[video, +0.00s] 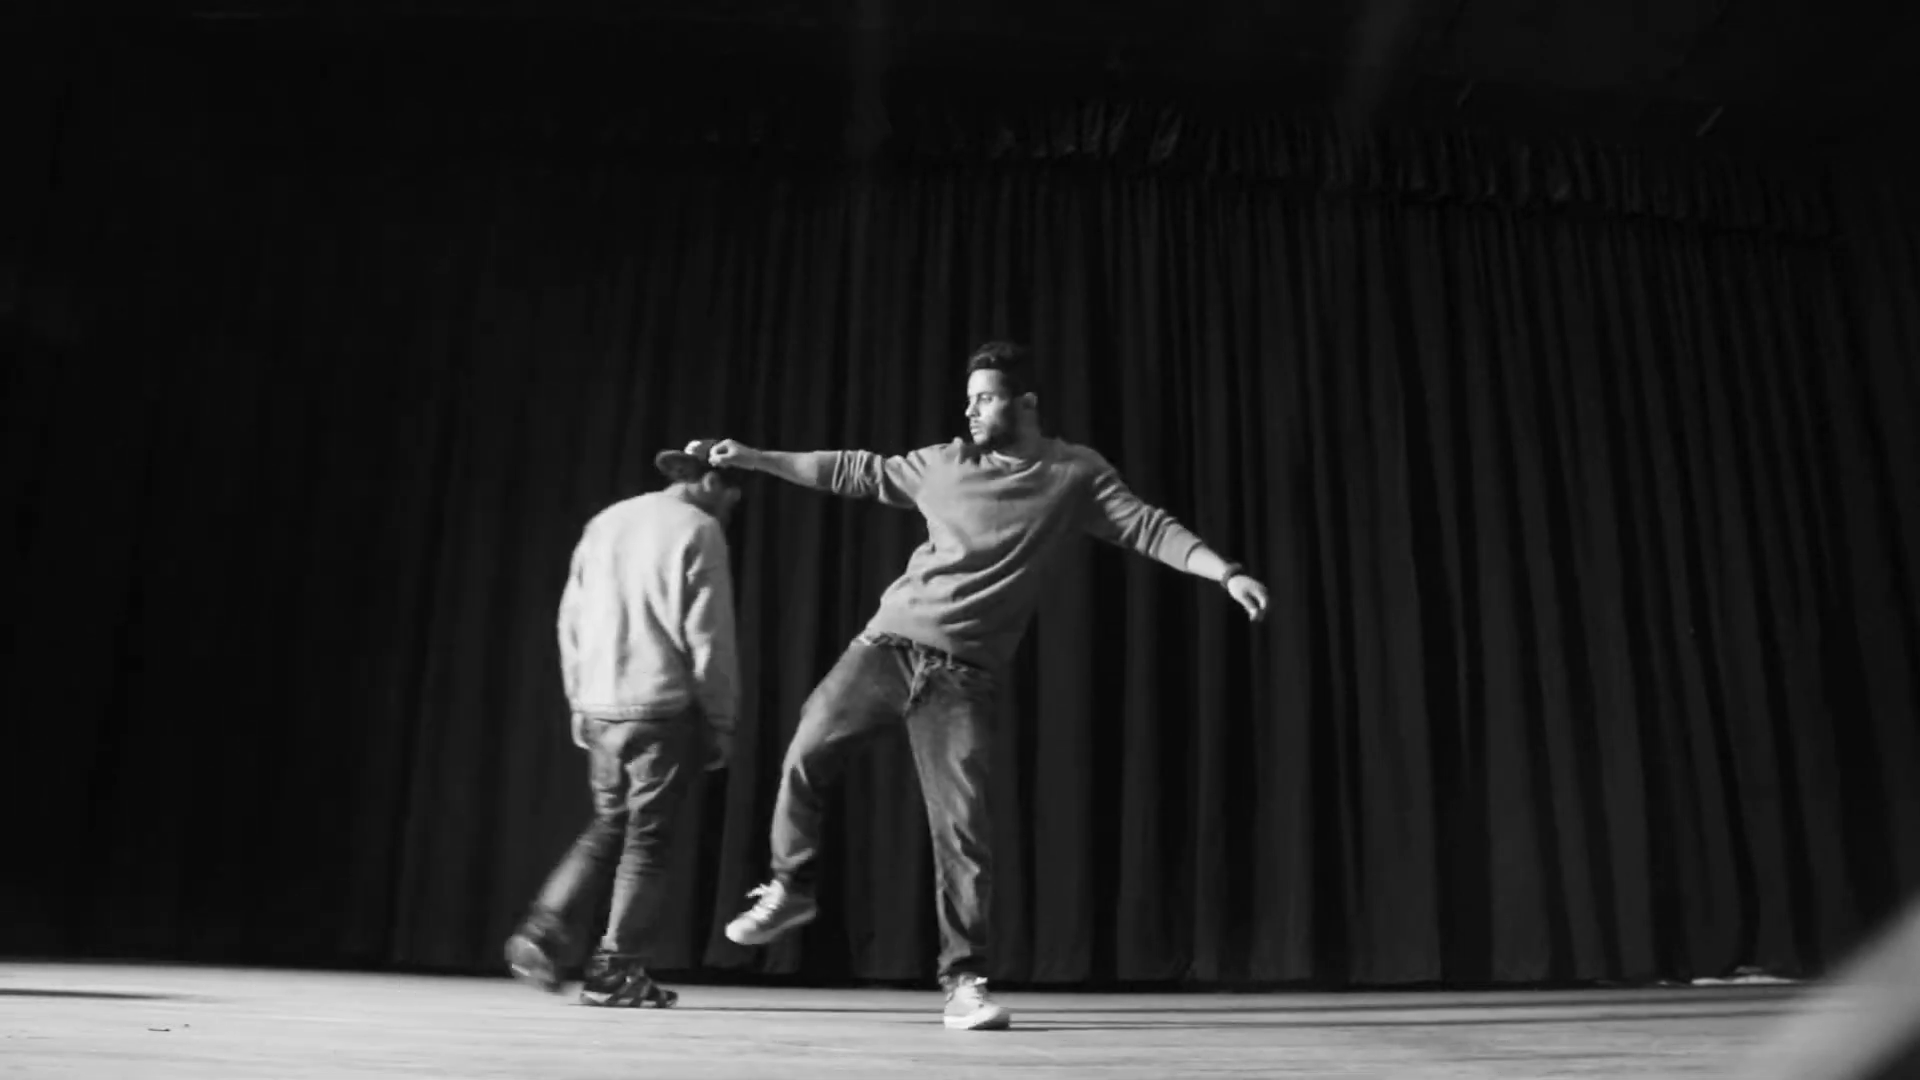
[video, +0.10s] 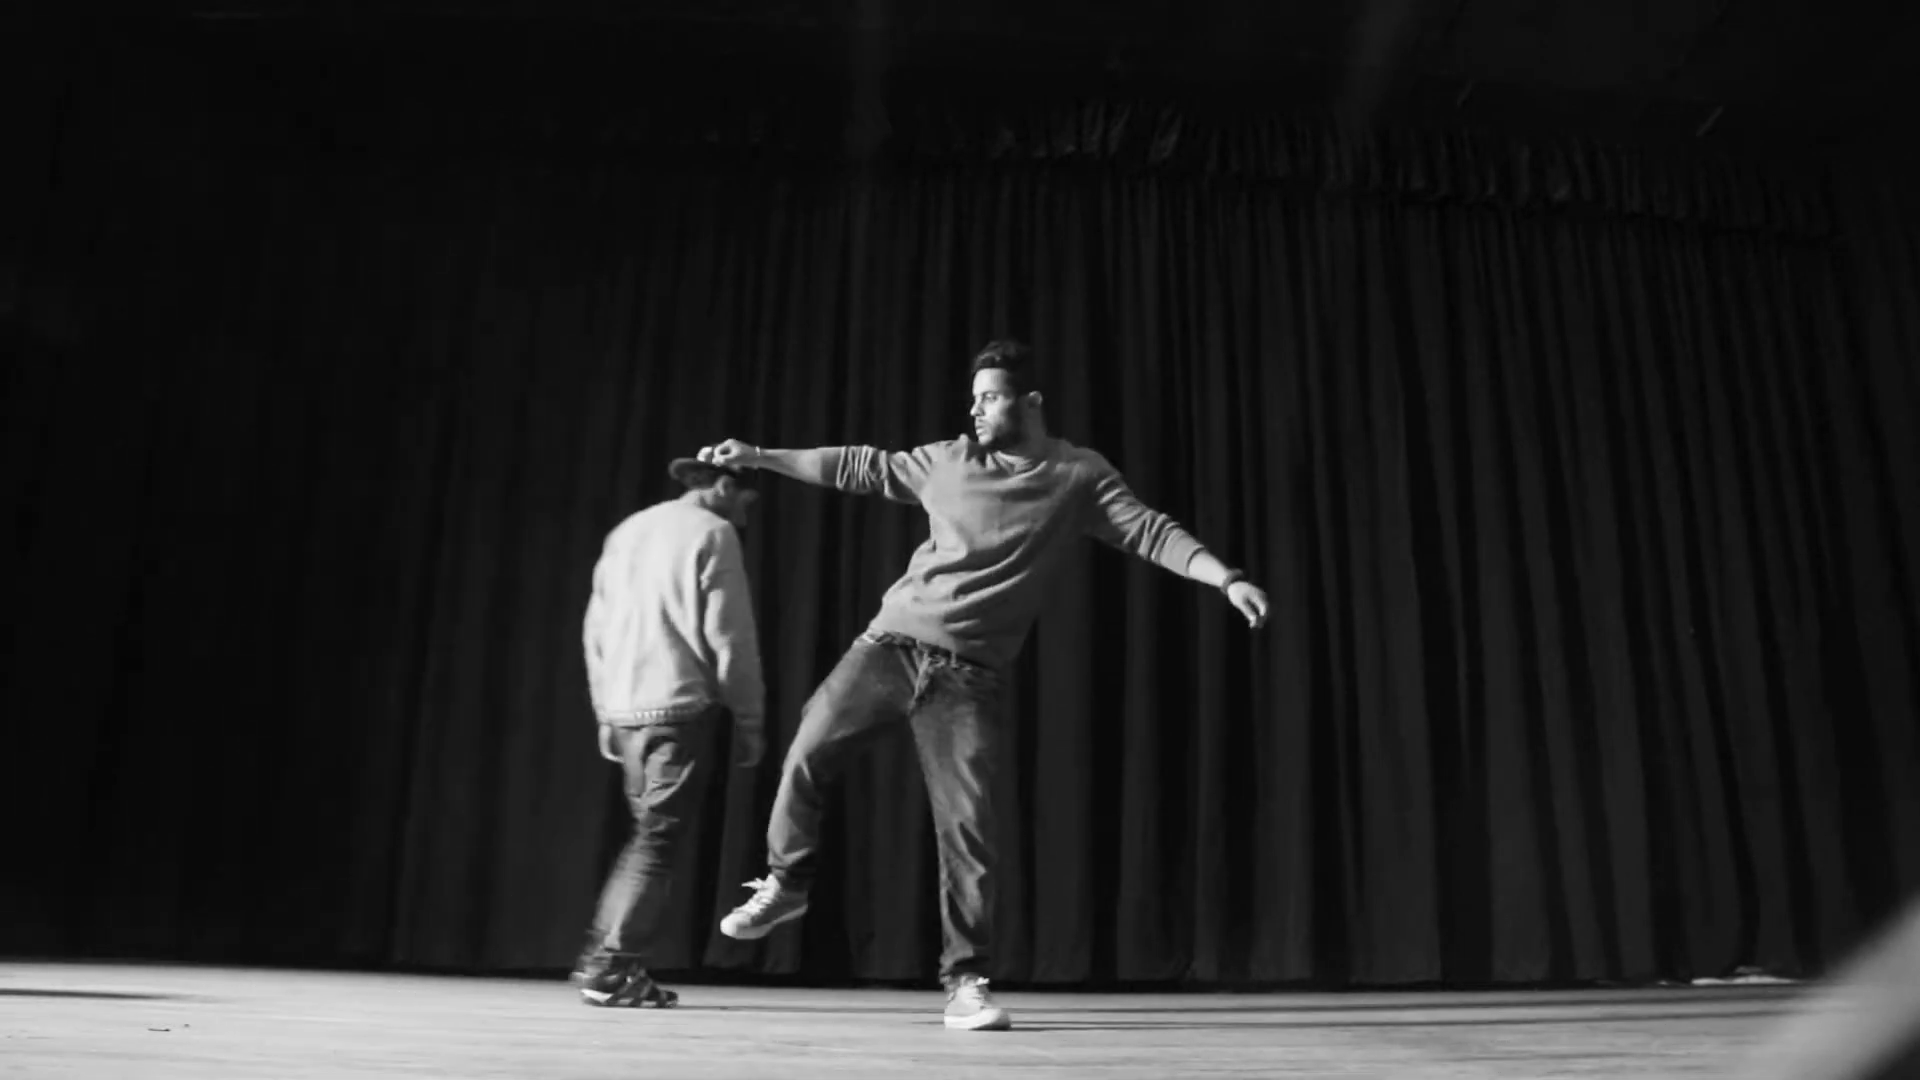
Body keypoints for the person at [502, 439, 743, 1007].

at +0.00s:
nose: (732, 506)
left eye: (735, 496)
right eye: (732, 495)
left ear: (676, 477)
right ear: (711, 483)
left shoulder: (603, 523)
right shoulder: (698, 529)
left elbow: (571, 625)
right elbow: (709, 638)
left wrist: (582, 704)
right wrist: (721, 721)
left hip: (600, 707)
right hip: (659, 708)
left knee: (606, 825)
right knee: (647, 840)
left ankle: (541, 936)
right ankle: (619, 968)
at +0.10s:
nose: (751, 506)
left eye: (753, 496)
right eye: (748, 494)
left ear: (698, 484)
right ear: (720, 485)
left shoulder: (624, 532)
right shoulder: (713, 532)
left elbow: (596, 630)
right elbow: (728, 632)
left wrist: (608, 711)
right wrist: (749, 715)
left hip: (623, 708)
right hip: (677, 707)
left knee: (649, 837)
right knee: (656, 840)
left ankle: (622, 965)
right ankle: (605, 962)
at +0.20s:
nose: (766, 511)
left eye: (768, 502)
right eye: (763, 499)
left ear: (712, 489)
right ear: (739, 489)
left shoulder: (647, 541)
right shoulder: (729, 535)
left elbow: (622, 639)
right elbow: (744, 636)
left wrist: (637, 718)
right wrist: (774, 721)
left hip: (649, 716)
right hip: (696, 713)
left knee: (695, 845)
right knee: (666, 842)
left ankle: (689, 968)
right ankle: (617, 966)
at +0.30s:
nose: (789, 516)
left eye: (790, 506)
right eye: (784, 504)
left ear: (737, 500)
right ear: (759, 499)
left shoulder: (672, 553)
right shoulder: (745, 545)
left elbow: (649, 644)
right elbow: (757, 638)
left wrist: (664, 713)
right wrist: (788, 720)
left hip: (670, 717)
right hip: (715, 713)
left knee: (722, 842)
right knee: (679, 836)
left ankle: (749, 964)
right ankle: (618, 960)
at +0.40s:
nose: (817, 524)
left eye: (816, 514)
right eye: (809, 513)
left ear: (760, 513)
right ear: (781, 513)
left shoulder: (707, 565)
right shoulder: (762, 557)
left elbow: (682, 657)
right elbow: (767, 647)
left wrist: (693, 723)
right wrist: (794, 729)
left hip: (698, 724)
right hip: (734, 723)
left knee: (755, 850)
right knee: (694, 842)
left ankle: (781, 972)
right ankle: (622, 957)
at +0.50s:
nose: (843, 539)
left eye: (844, 529)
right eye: (836, 528)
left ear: (803, 522)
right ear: (807, 523)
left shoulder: (764, 560)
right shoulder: (778, 560)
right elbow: (774, 649)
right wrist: (793, 729)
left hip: (743, 721)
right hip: (749, 722)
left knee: (782, 851)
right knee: (741, 846)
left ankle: (786, 970)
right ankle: (641, 942)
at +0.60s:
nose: (858, 543)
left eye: (861, 533)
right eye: (853, 530)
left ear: (821, 523)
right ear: (823, 521)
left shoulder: (792, 564)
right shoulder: (792, 561)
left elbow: (775, 650)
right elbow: (779, 645)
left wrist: (791, 724)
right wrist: (785, 725)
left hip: (777, 724)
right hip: (767, 725)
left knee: (801, 849)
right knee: (794, 844)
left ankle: (790, 971)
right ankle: (686, 924)